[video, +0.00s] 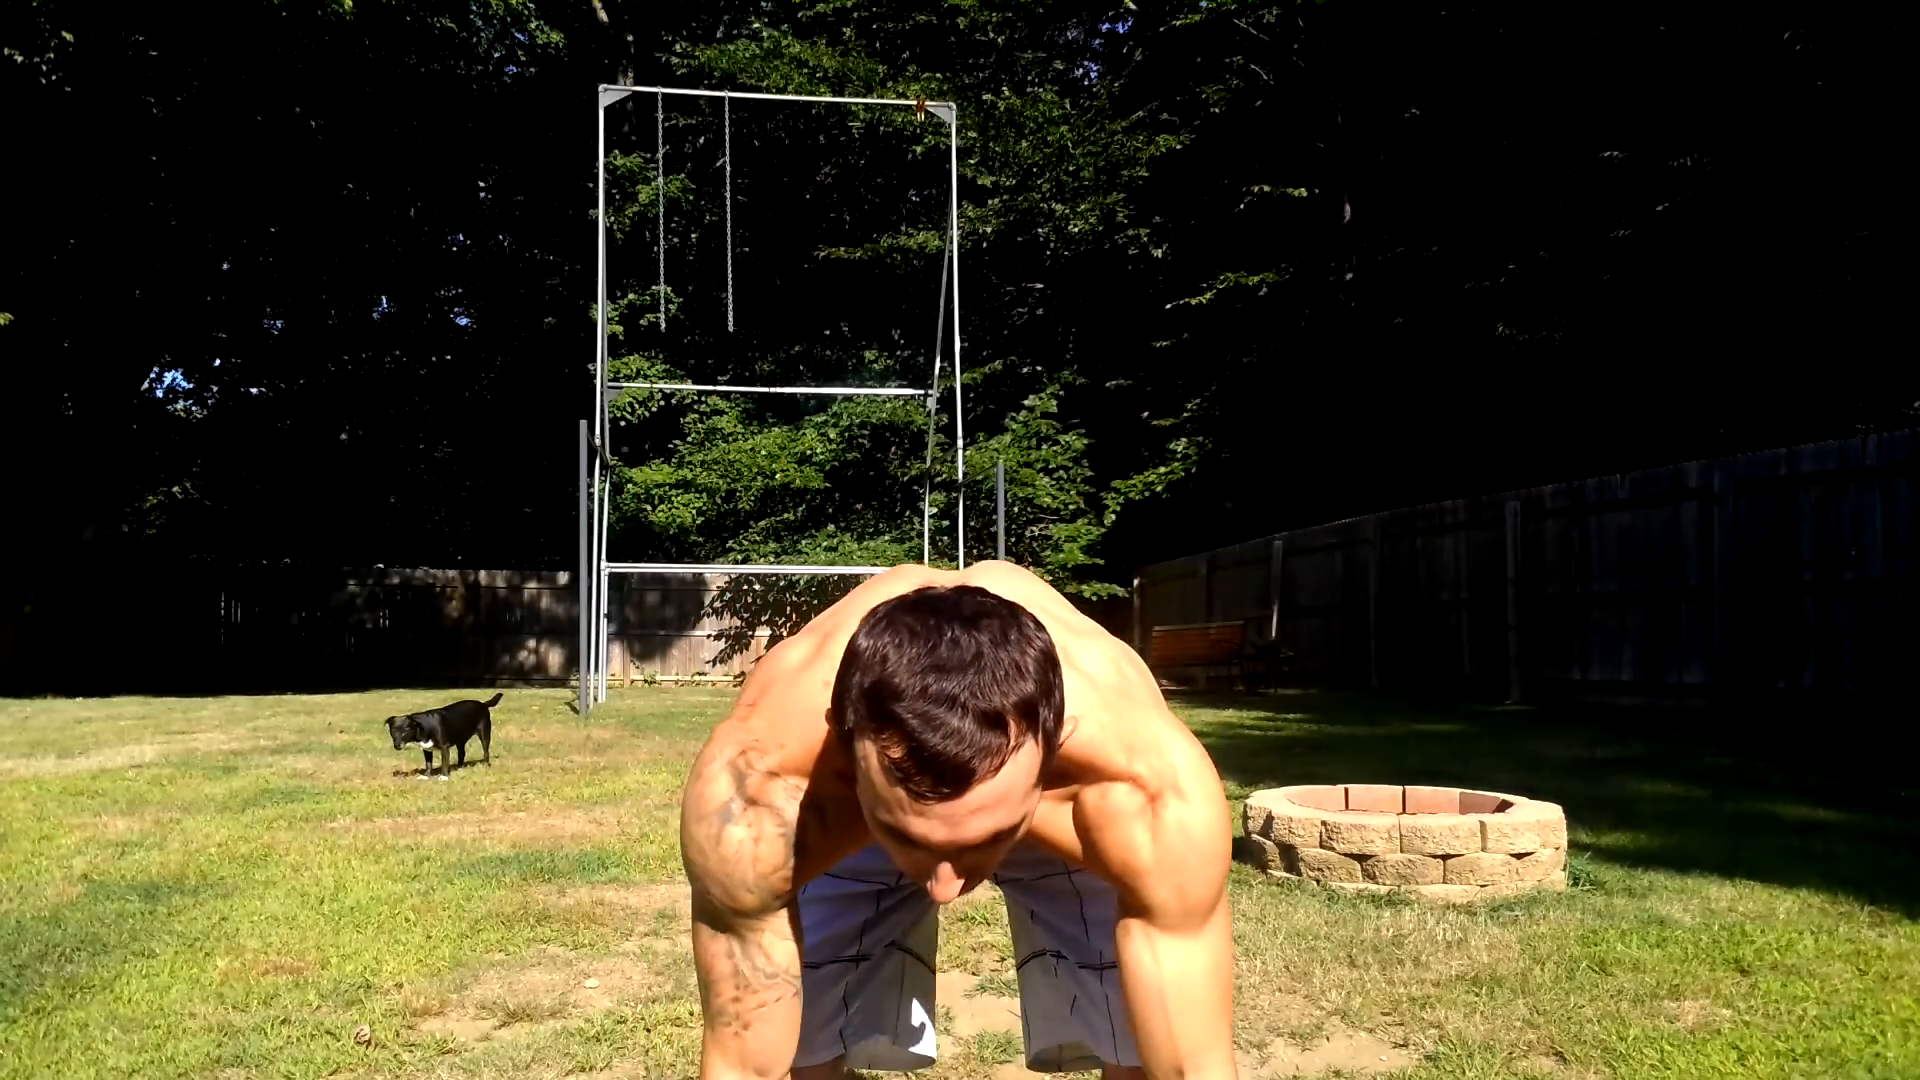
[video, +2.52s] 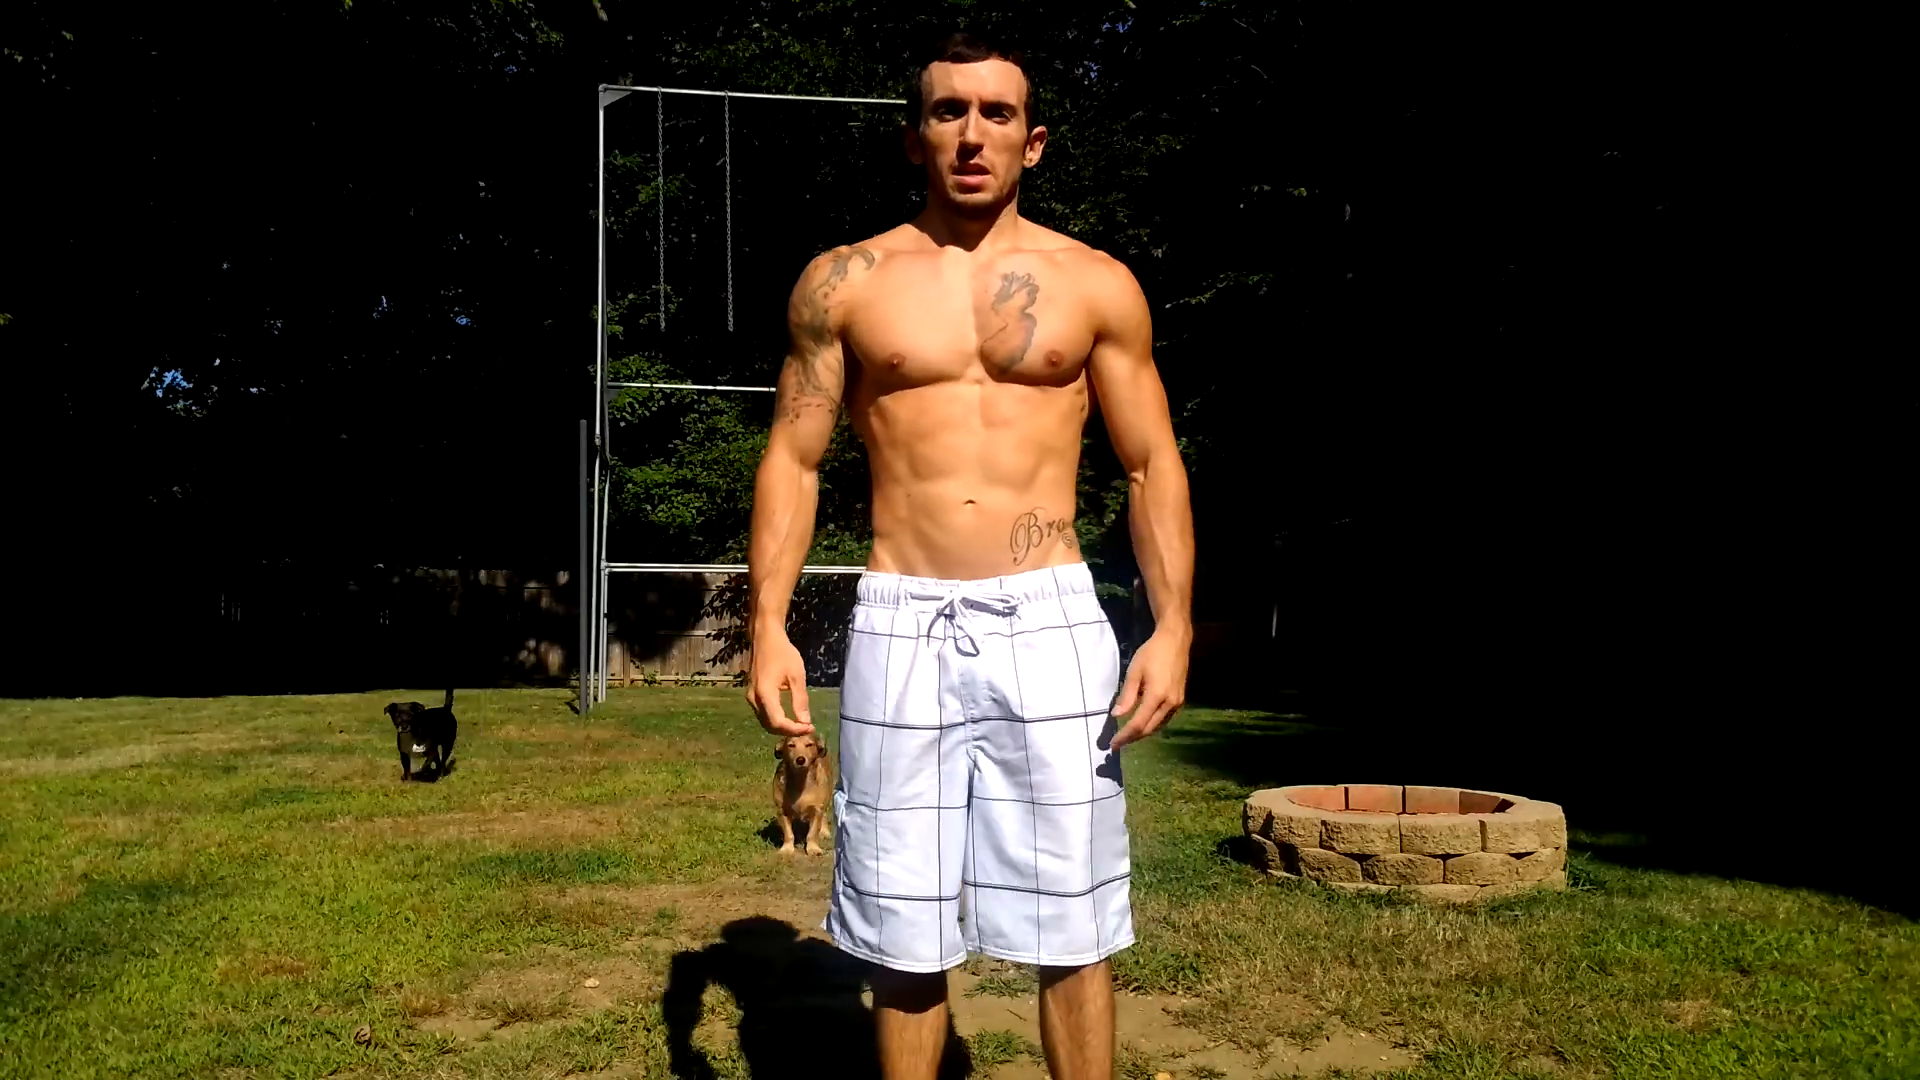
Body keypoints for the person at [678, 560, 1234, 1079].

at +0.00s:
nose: (944, 888)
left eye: (989, 841)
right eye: (906, 839)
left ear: (1047, 762)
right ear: (854, 761)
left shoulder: (1165, 813)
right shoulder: (744, 816)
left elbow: (1197, 1069)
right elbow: (739, 1065)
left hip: (1070, 812)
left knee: (1141, 1059)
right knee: (800, 1060)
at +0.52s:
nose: (980, 285)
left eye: (1016, 246)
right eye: (947, 248)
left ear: (1075, 250)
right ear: (905, 252)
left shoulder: (1162, 403)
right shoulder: (812, 399)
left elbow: (1233, 641)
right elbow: (738, 618)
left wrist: (1242, 881)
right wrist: (676, 844)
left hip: (1073, 672)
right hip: (891, 658)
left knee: (1098, 1020)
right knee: (804, 974)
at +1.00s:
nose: (920, 160)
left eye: (945, 127)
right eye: (893, 132)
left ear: (1002, 114)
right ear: (868, 124)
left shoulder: (1084, 265)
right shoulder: (810, 279)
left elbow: (1168, 443)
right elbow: (754, 464)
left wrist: (1248, 581)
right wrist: (698, 637)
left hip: (1052, 617)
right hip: (890, 625)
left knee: (1090, 958)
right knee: (901, 965)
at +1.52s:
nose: (1014, 213)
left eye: (1039, 186)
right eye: (991, 186)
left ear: (1091, 157)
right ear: (967, 161)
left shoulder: (1171, 287)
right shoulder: (919, 282)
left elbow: (1237, 467)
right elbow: (884, 450)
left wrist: (1283, 631)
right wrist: (847, 611)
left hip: (1100, 625)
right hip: (952, 615)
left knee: (1105, 919)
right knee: (914, 911)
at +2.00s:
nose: (965, 175)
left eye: (989, 150)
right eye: (943, 152)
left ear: (1031, 153)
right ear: (916, 157)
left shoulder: (1099, 292)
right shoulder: (852, 294)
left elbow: (1157, 457)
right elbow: (805, 460)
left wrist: (1150, 593)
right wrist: (767, 612)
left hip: (1049, 624)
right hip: (902, 623)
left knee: (1085, 923)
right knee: (905, 922)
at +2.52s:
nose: (973, 135)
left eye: (998, 114)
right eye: (949, 113)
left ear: (1029, 138)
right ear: (916, 135)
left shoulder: (1098, 285)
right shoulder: (841, 284)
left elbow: (1152, 464)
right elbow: (793, 457)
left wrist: (1173, 630)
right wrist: (768, 627)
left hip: (1052, 625)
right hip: (901, 627)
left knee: (1073, 933)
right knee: (904, 941)